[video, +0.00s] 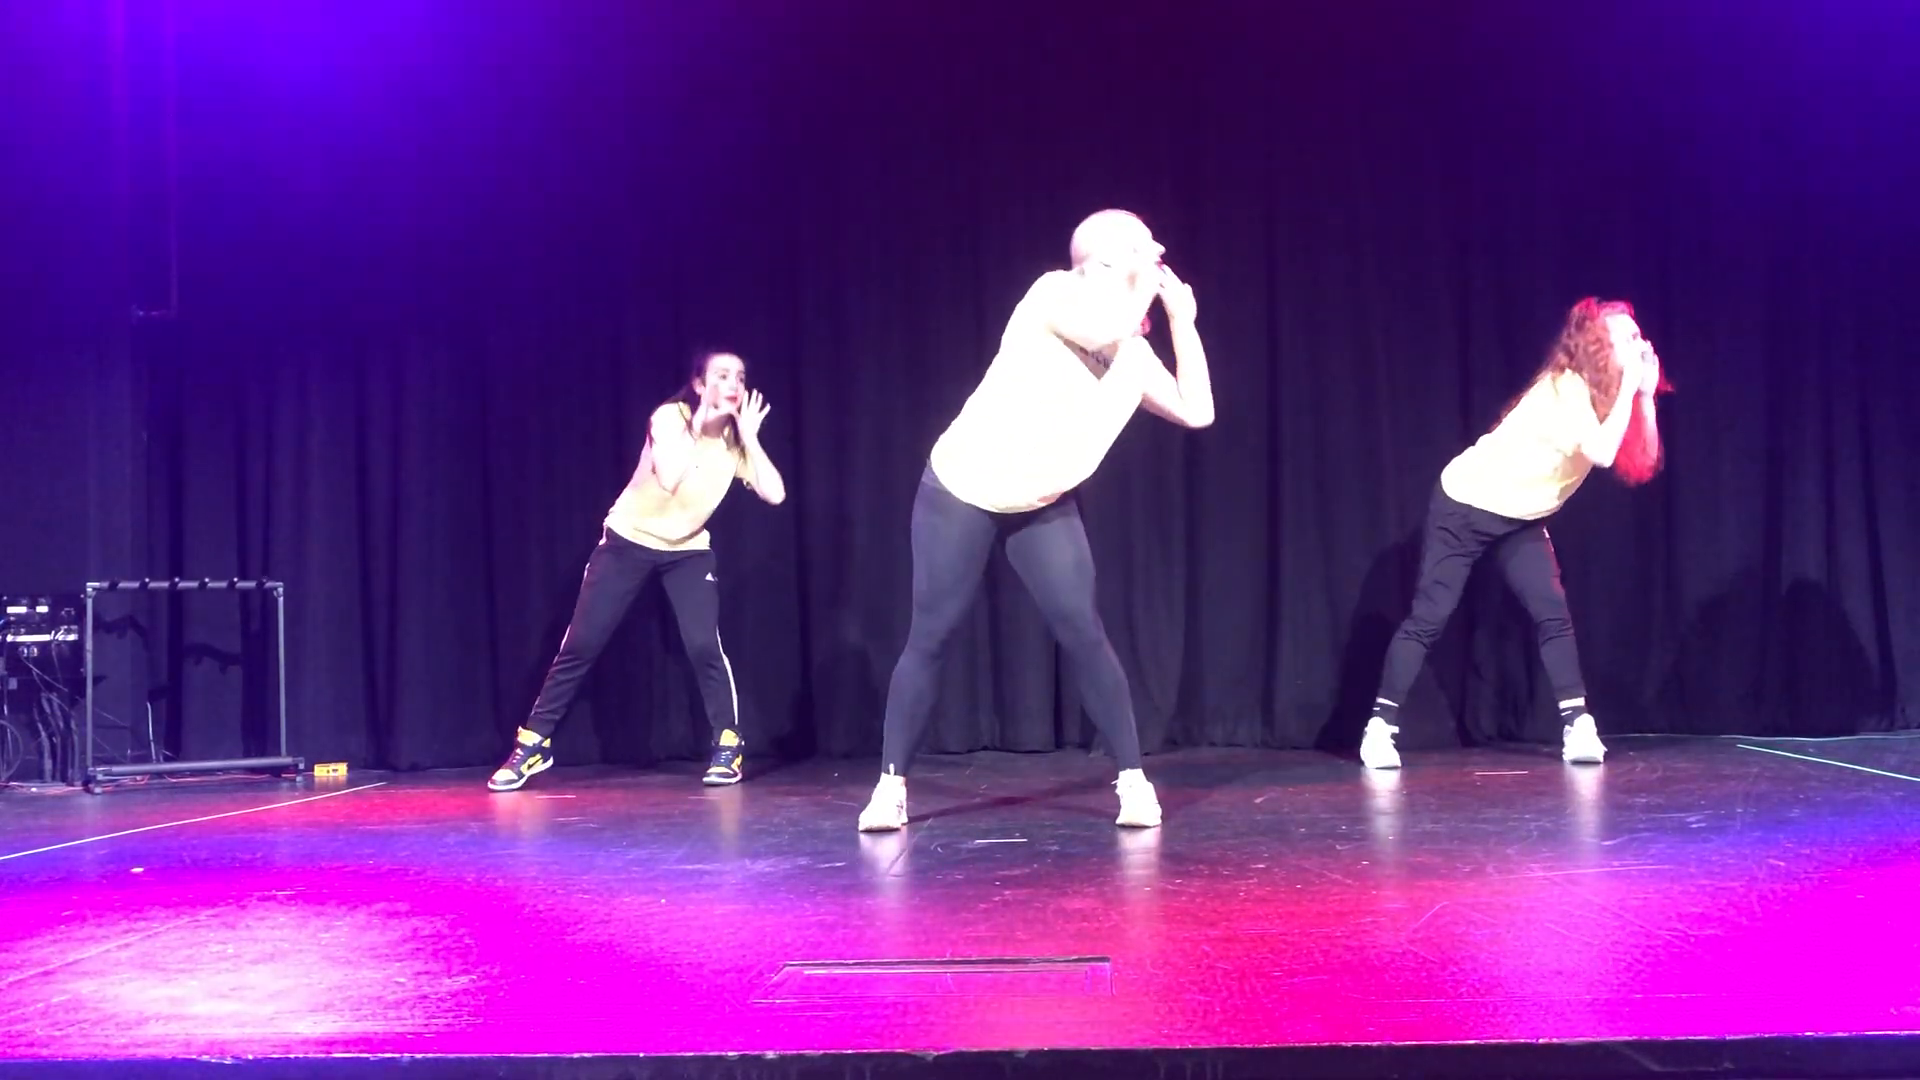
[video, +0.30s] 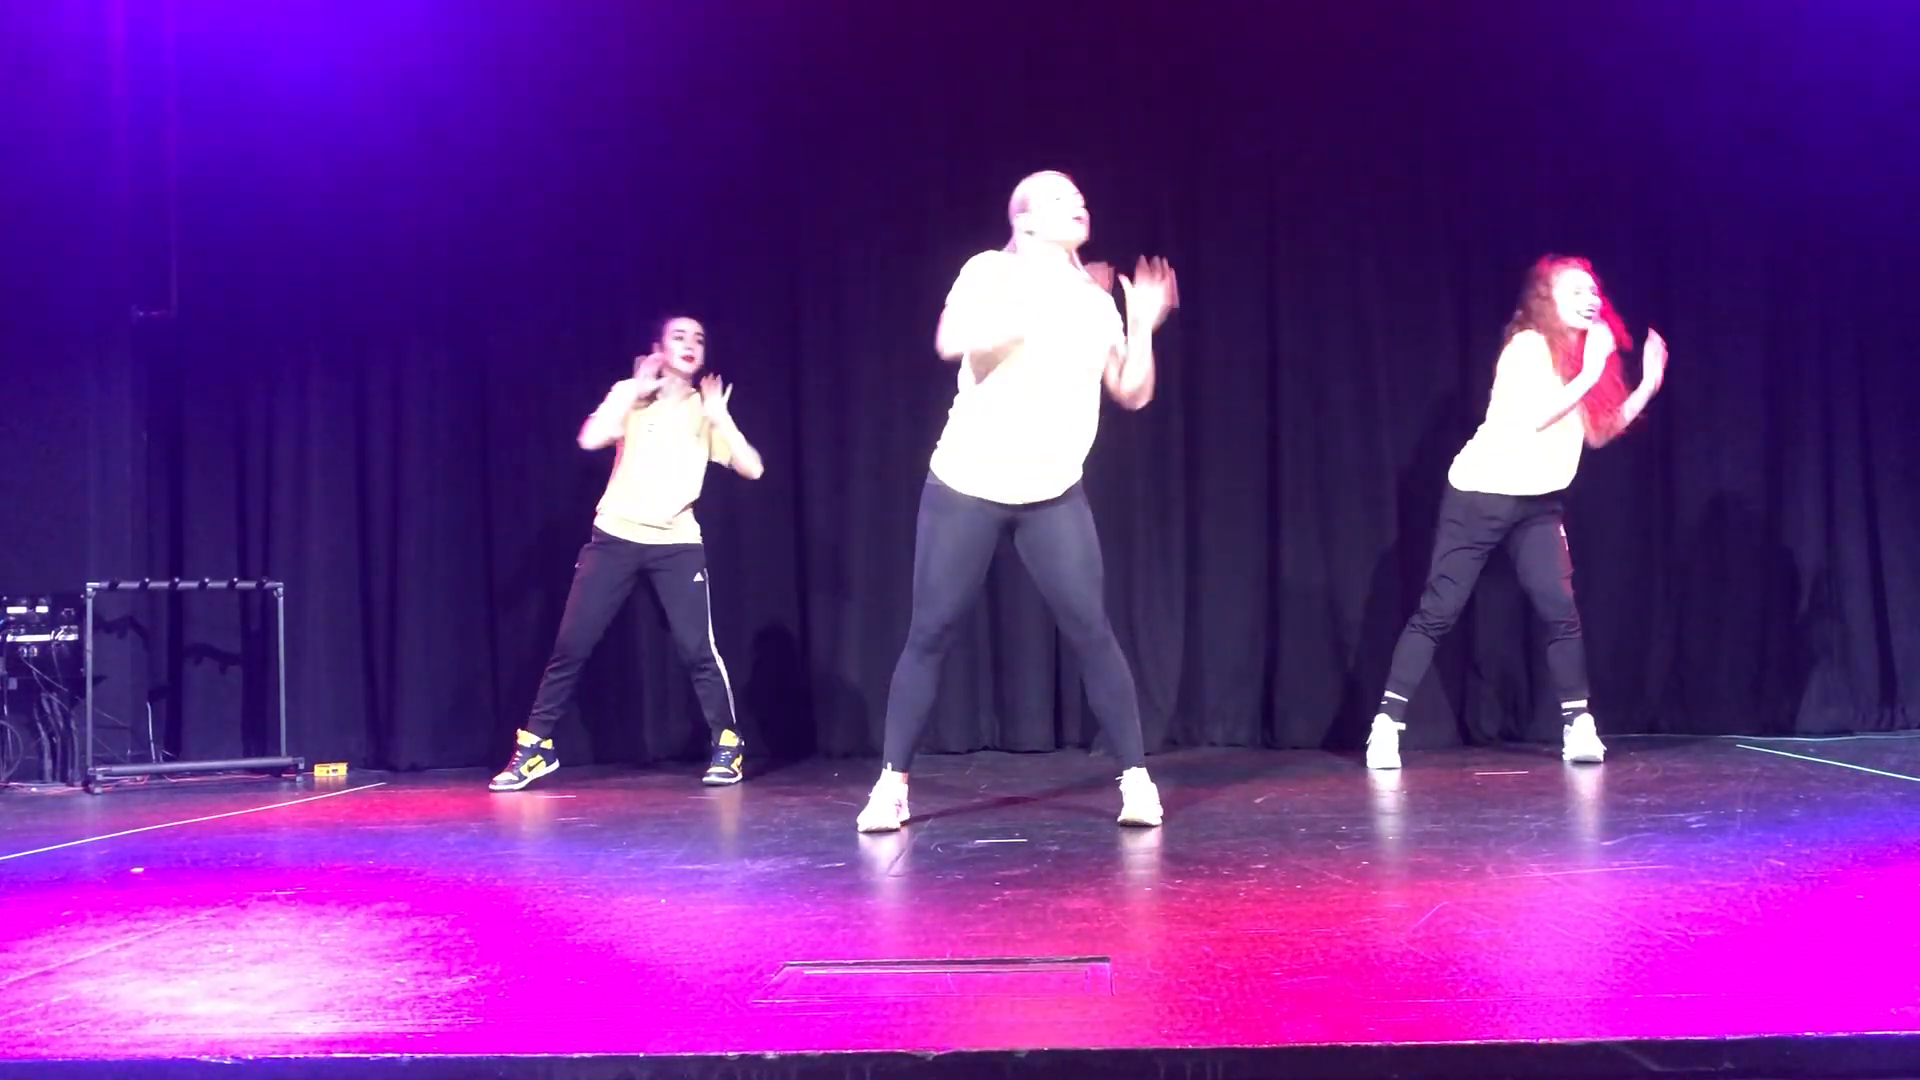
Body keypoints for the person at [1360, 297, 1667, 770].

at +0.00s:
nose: (1638, 346)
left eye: (1638, 337)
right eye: (1626, 339)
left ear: (1638, 345)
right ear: (1596, 350)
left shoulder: (1613, 396)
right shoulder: (1565, 388)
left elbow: (1643, 462)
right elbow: (1601, 451)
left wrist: (1646, 393)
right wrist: (1631, 388)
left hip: (1523, 519)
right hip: (1465, 507)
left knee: (1553, 614)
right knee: (1428, 617)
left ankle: (1577, 727)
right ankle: (1380, 728)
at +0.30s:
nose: (1588, 301)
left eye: (1591, 292)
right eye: (1575, 292)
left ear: (1598, 300)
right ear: (1547, 299)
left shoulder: (1584, 355)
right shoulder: (1527, 346)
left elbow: (1599, 430)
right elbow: (1534, 416)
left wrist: (1648, 384)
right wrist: (1589, 373)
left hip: (1538, 502)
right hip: (1479, 496)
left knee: (1560, 611)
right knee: (1438, 610)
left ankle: (1578, 727)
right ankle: (1387, 724)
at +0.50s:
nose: (1550, 310)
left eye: (1557, 301)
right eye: (1537, 302)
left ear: (1567, 310)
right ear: (1511, 312)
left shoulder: (1560, 372)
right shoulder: (1490, 369)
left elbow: (1556, 459)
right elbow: (1492, 453)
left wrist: (1608, 511)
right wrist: (1522, 510)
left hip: (1537, 508)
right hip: (1476, 508)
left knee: (1571, 615)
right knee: (1447, 622)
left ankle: (1578, 725)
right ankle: (1392, 728)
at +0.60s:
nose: (1528, 320)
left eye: (1537, 311)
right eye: (1517, 311)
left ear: (1551, 320)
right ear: (1497, 320)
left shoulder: (1551, 381)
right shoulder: (1472, 372)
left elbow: (1554, 463)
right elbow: (1438, 424)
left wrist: (1570, 529)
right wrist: (1481, 471)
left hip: (1535, 521)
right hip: (1467, 523)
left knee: (1571, 620)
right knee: (1440, 627)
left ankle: (1579, 727)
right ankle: (1391, 731)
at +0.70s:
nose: (1503, 312)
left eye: (1514, 304)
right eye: (1495, 303)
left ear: (1533, 312)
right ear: (1481, 308)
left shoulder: (1545, 368)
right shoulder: (1451, 357)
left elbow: (1557, 447)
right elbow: (1412, 335)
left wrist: (1558, 517)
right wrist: (1466, 321)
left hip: (1526, 505)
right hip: (1457, 509)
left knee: (1559, 615)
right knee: (1431, 619)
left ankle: (1576, 726)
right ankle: (1390, 730)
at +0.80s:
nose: (1483, 286)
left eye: (1497, 278)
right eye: (1477, 279)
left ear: (1521, 292)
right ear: (1466, 292)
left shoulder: (1537, 357)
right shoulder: (1449, 338)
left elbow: (1549, 438)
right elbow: (1423, 270)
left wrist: (1549, 507)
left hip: (1516, 494)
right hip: (1448, 495)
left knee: (1547, 612)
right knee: (1421, 613)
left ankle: (1575, 724)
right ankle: (1388, 729)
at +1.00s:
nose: (1461, 289)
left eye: (1473, 280)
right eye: (1454, 282)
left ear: (1501, 289)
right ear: (1447, 295)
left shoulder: (1525, 351)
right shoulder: (1441, 339)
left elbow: (1526, 434)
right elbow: (1433, 263)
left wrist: (1520, 506)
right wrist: (1435, 193)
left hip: (1499, 483)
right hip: (1434, 488)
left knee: (1534, 606)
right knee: (1418, 611)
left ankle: (1573, 722)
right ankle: (1387, 729)